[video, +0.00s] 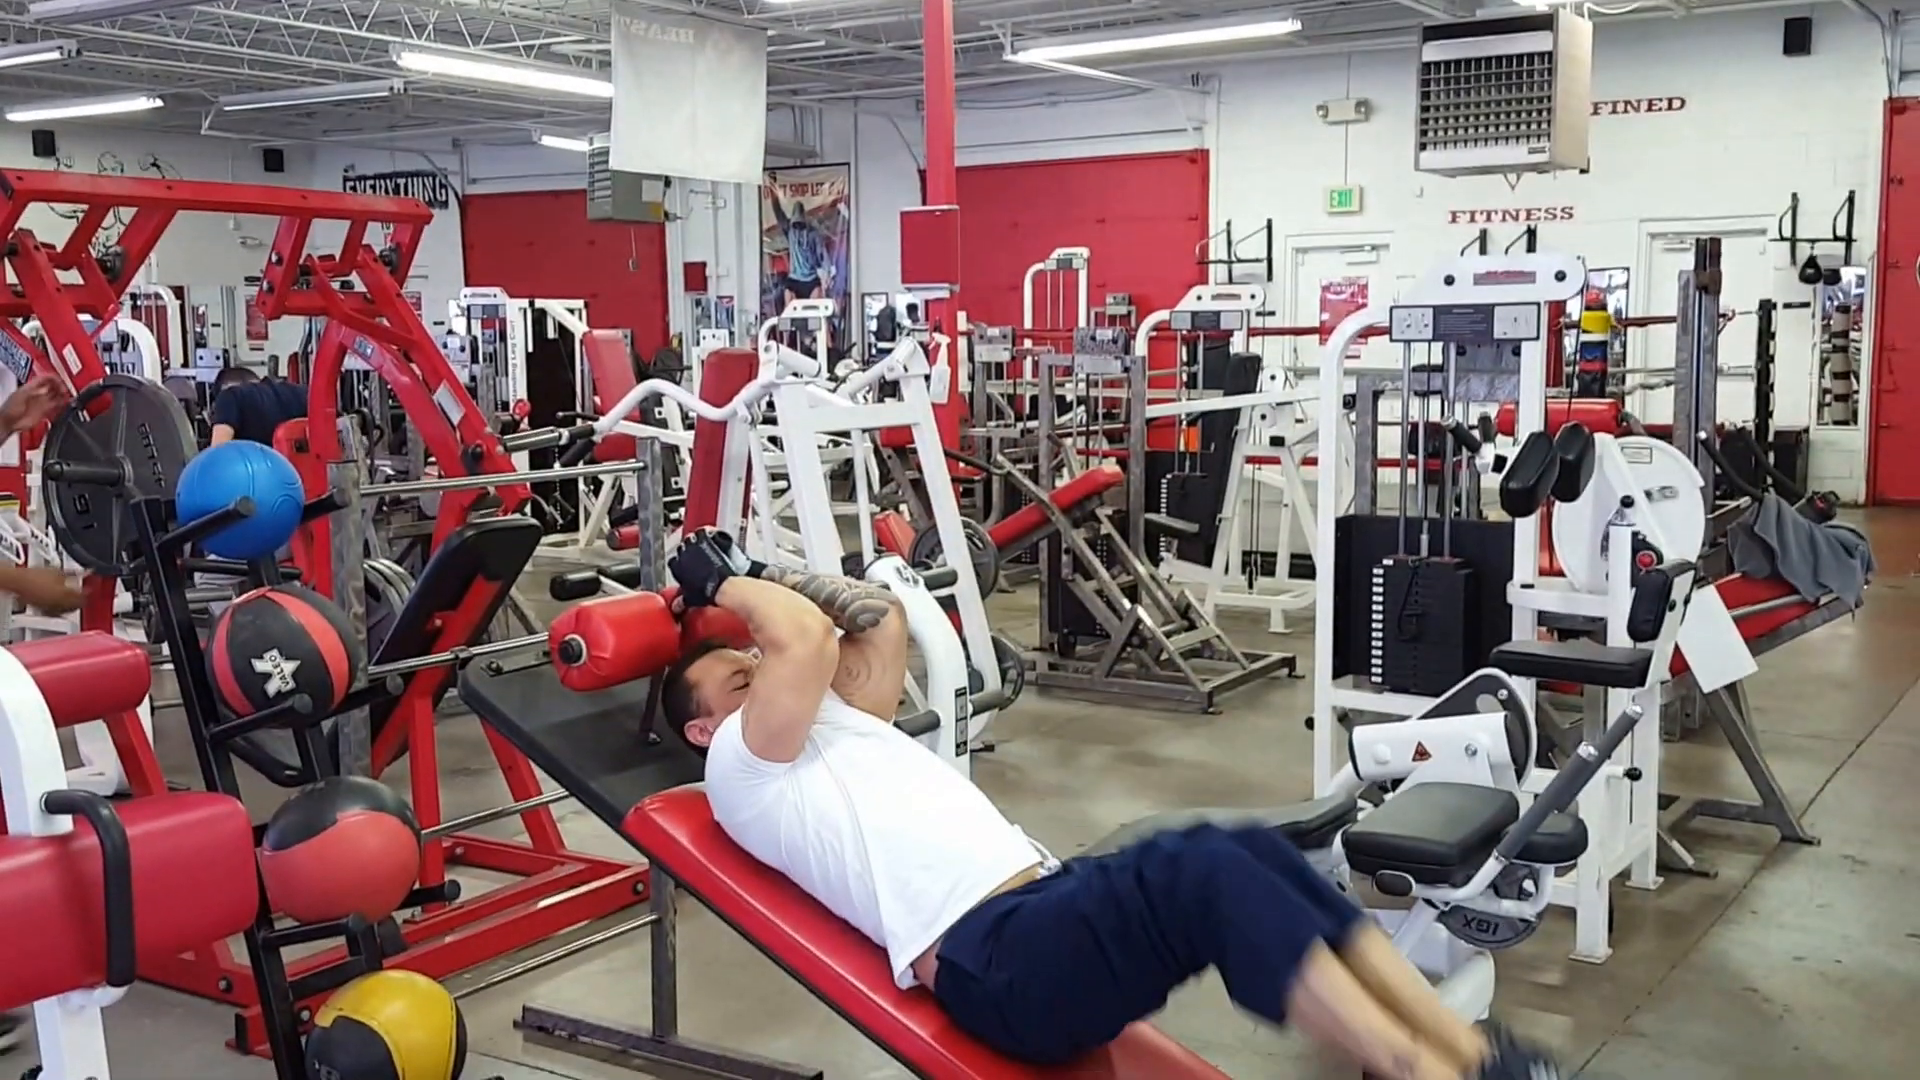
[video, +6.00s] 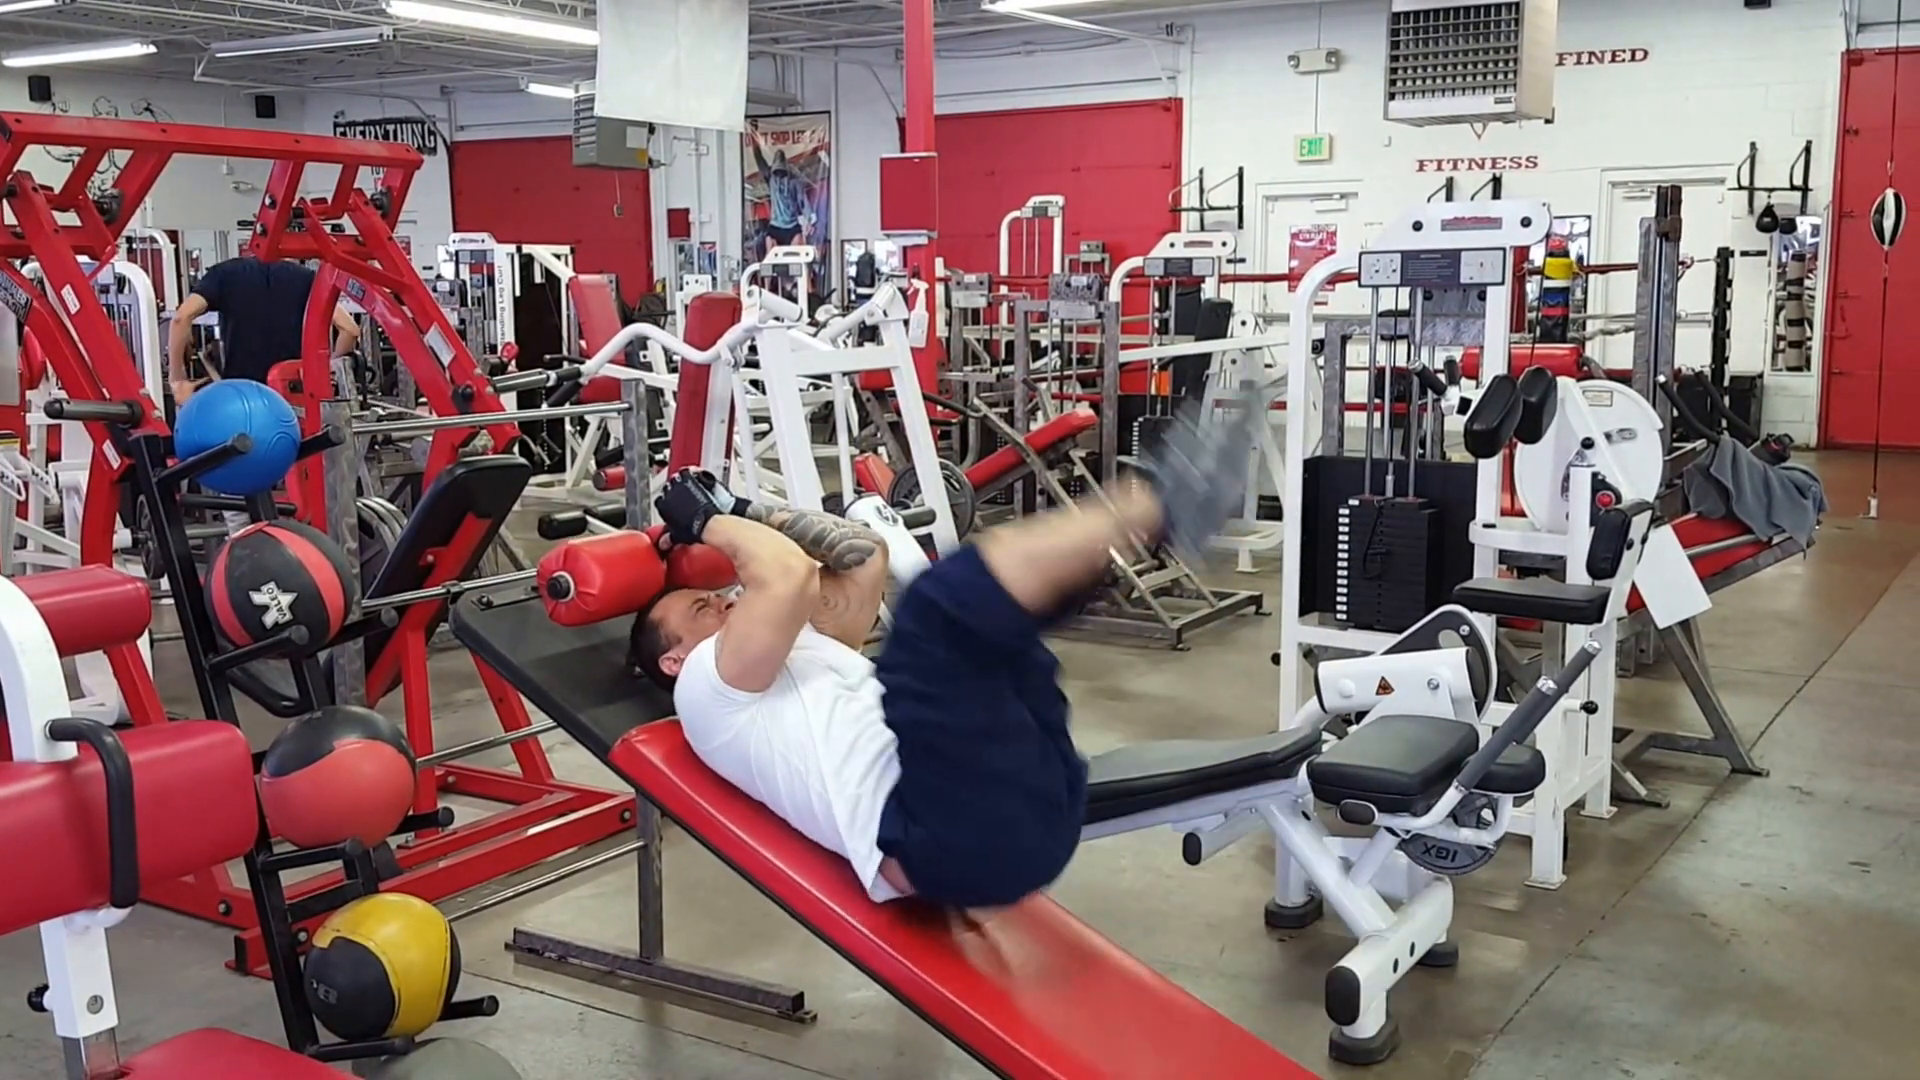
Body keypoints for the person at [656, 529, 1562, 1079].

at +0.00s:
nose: (747, 682)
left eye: (740, 671)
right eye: (724, 683)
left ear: (757, 678)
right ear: (699, 724)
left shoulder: (846, 725)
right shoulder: (737, 771)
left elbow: (884, 613)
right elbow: (800, 633)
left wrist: (773, 600)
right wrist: (721, 583)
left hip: (1056, 905)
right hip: (986, 959)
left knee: (1265, 848)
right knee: (1212, 866)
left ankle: (1472, 1052)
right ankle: (1407, 1066)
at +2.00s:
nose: (744, 620)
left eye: (737, 613)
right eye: (720, 625)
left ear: (753, 631)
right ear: (693, 672)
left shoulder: (829, 669)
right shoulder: (727, 719)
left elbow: (878, 569)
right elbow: (793, 583)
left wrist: (769, 535)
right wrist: (715, 532)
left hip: (1026, 848)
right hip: (975, 897)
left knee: (1154, 672)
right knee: (1105, 710)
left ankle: (1344, 780)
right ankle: (1327, 800)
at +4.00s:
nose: (726, 606)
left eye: (717, 599)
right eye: (707, 608)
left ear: (728, 618)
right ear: (685, 649)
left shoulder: (820, 660)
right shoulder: (715, 696)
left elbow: (866, 563)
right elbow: (786, 570)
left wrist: (802, 543)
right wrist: (704, 518)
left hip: (1013, 832)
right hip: (958, 872)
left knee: (1043, 627)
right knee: (1012, 642)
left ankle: (1259, 616)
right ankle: (1255, 620)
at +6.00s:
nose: (725, 605)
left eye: (720, 597)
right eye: (701, 608)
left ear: (742, 603)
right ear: (671, 660)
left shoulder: (805, 656)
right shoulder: (707, 694)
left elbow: (863, 562)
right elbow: (785, 573)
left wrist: (756, 529)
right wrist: (711, 521)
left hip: (1025, 816)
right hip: (962, 840)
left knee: (970, 595)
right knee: (942, 600)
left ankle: (1163, 502)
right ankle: (1155, 500)